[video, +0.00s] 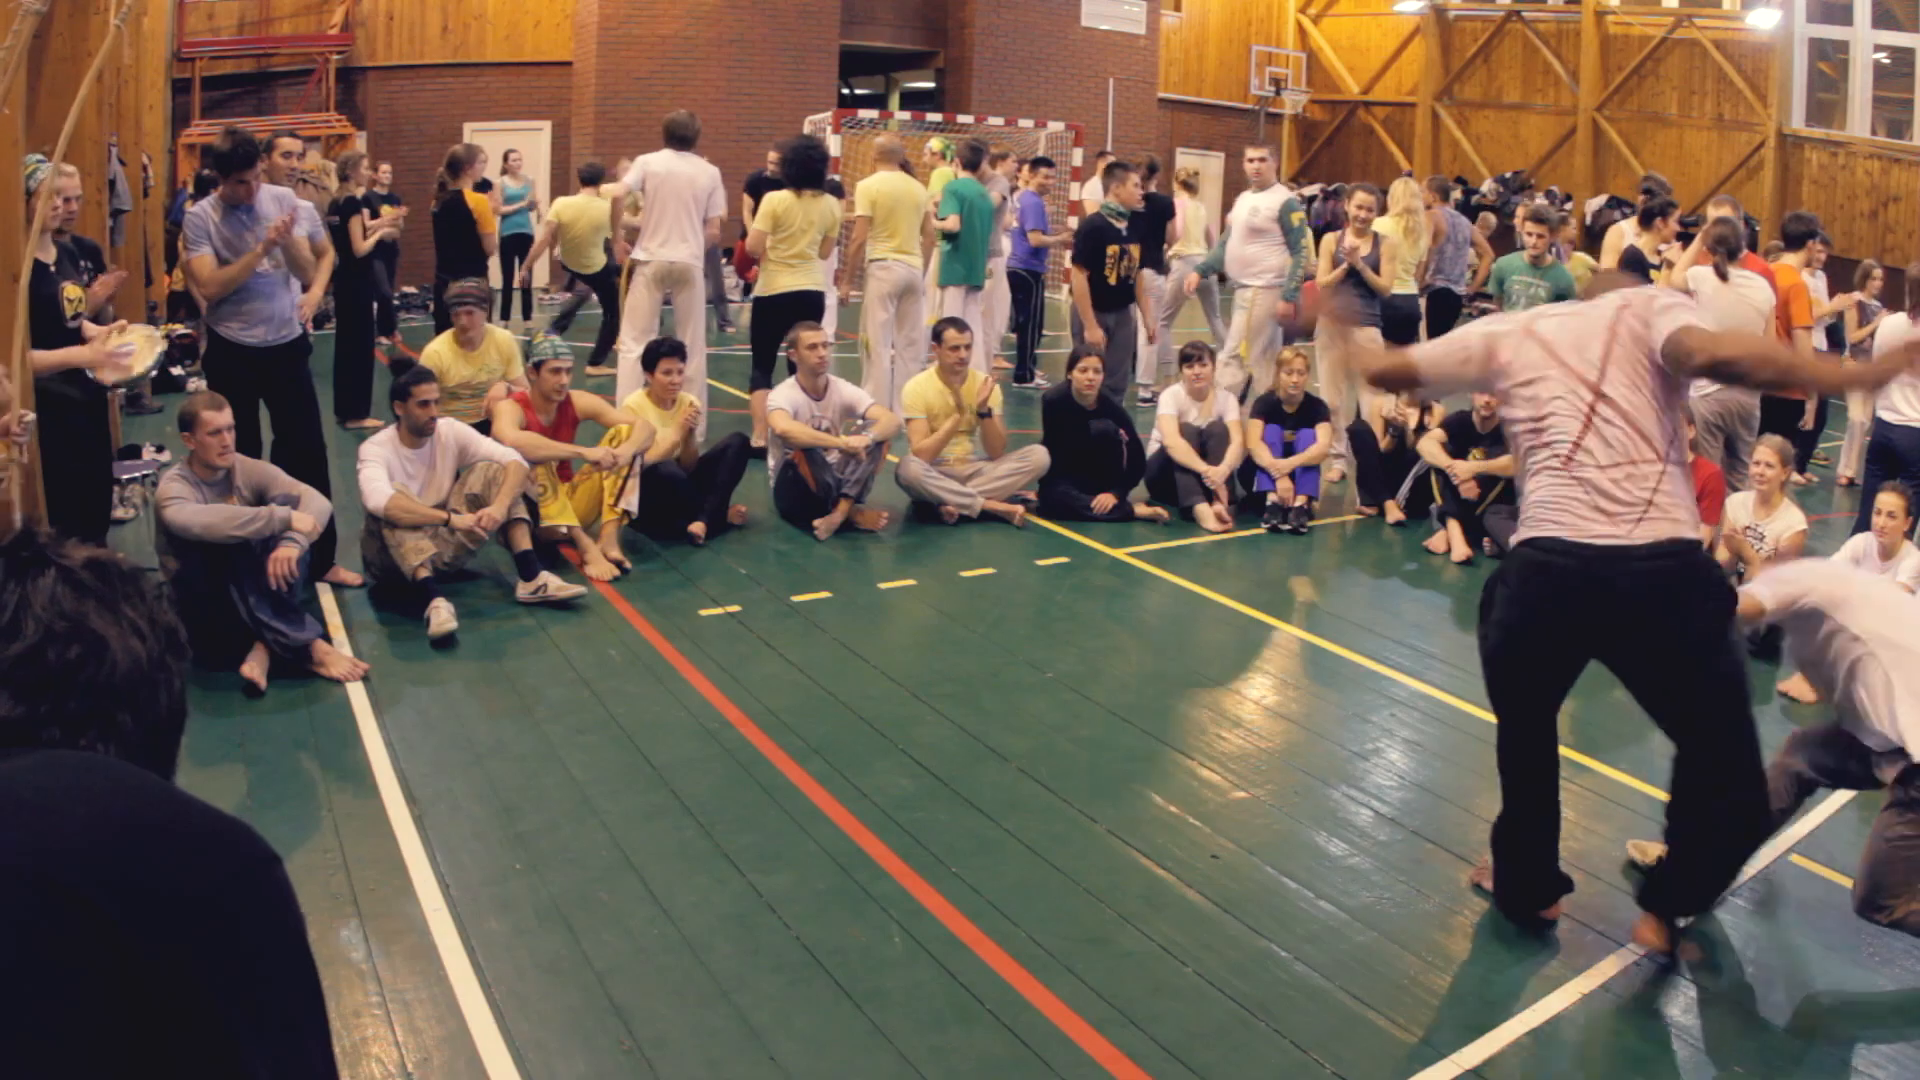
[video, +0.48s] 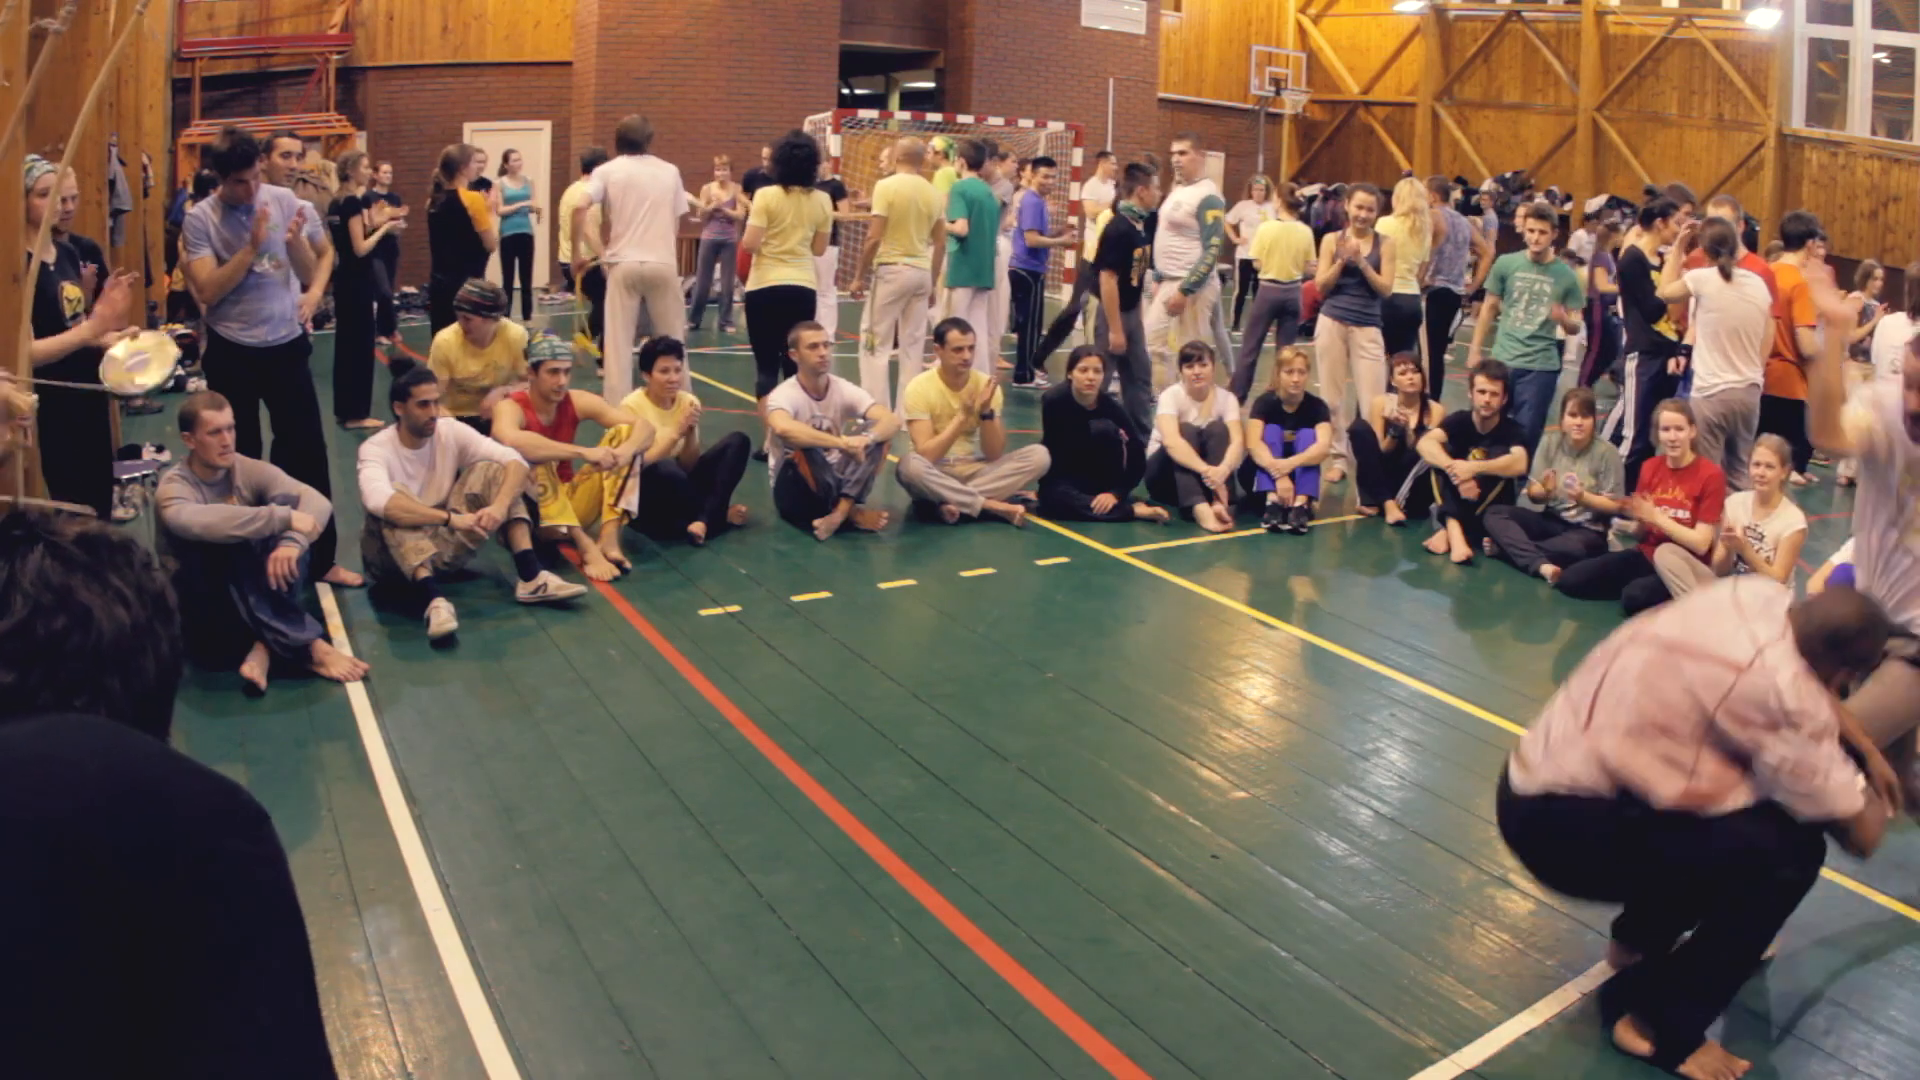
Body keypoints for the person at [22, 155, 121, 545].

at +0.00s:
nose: (61, 206)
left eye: (66, 198)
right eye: (51, 197)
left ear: (72, 201)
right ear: (28, 201)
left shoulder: (64, 254)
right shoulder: (16, 265)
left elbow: (69, 318)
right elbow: (15, 359)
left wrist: (99, 332)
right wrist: (83, 356)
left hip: (83, 391)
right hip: (45, 400)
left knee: (96, 495)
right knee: (64, 502)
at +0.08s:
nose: (59, 204)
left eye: (63, 196)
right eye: (48, 196)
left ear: (67, 199)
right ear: (25, 202)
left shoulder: (63, 253)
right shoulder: (14, 262)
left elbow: (64, 322)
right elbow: (14, 358)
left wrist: (100, 333)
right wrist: (77, 384)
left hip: (79, 395)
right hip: (43, 401)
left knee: (95, 504)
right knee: (63, 511)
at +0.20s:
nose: (67, 208)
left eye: (70, 199)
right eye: (55, 199)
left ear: (75, 201)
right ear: (27, 205)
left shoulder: (67, 260)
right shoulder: (14, 266)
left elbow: (68, 324)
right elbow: (11, 361)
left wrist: (100, 342)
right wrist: (81, 371)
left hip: (83, 405)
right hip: (44, 410)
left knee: (94, 513)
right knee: (60, 518)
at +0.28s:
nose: (66, 209)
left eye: (70, 200)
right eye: (53, 200)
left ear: (76, 202)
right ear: (26, 206)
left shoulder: (69, 262)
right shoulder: (15, 268)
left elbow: (71, 326)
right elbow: (18, 361)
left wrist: (101, 346)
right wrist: (95, 364)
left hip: (85, 405)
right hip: (45, 412)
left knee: (96, 514)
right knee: (66, 517)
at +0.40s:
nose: (59, 208)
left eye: (64, 198)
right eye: (47, 199)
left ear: (69, 200)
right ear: (21, 205)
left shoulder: (69, 259)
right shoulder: (19, 266)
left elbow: (78, 328)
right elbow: (30, 355)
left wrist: (105, 307)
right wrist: (94, 340)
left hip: (86, 391)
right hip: (49, 398)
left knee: (99, 497)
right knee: (69, 502)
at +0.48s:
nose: (59, 206)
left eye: (65, 196)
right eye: (46, 196)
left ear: (72, 198)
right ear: (22, 202)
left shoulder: (71, 255)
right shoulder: (18, 263)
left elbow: (73, 327)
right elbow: (22, 354)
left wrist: (106, 339)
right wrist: (93, 327)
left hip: (88, 390)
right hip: (47, 398)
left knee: (98, 495)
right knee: (65, 500)